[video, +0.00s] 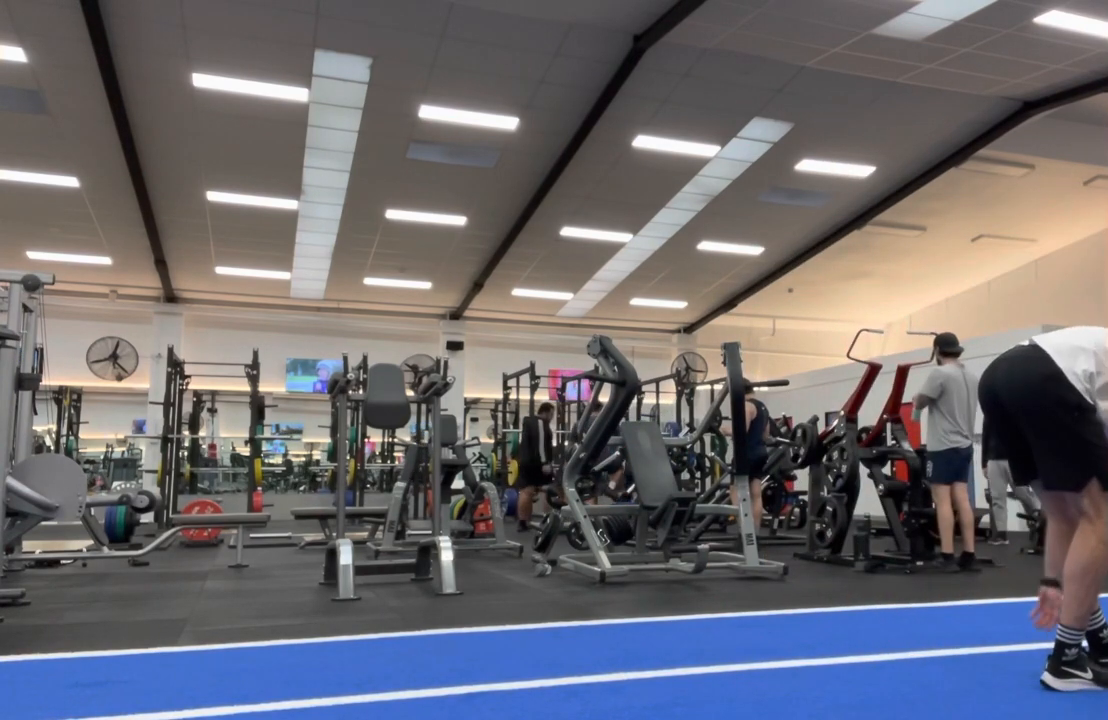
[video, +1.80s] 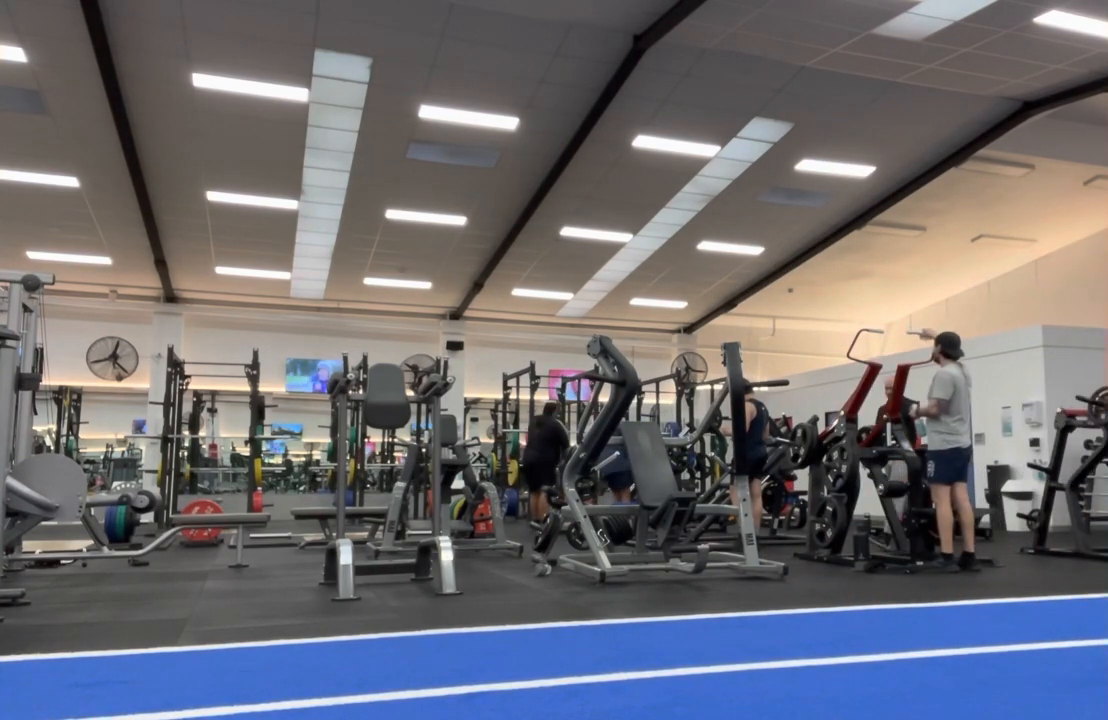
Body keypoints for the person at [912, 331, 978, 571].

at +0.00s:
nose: (934, 355)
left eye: (934, 351)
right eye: (936, 351)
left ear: (937, 352)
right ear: (958, 352)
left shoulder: (939, 374)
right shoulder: (971, 377)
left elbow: (920, 401)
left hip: (941, 447)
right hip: (964, 445)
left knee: (942, 501)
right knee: (962, 499)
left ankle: (947, 554)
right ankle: (969, 552)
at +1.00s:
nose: (933, 352)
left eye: (934, 348)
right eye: (936, 348)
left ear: (936, 350)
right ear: (957, 350)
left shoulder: (939, 374)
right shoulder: (965, 375)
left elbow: (928, 405)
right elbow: (958, 404)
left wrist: (920, 405)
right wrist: (927, 405)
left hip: (940, 447)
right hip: (962, 446)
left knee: (941, 502)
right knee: (962, 500)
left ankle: (947, 554)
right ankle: (969, 553)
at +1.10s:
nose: (932, 352)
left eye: (933, 348)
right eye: (934, 348)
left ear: (936, 351)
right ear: (956, 350)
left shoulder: (939, 374)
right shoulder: (963, 373)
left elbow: (932, 407)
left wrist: (918, 409)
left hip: (941, 447)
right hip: (962, 446)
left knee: (941, 501)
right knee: (962, 498)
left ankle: (947, 554)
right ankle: (969, 552)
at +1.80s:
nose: (933, 350)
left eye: (934, 347)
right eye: (934, 346)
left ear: (940, 351)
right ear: (955, 351)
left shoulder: (944, 375)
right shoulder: (962, 372)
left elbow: (936, 409)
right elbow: (953, 355)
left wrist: (917, 410)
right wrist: (938, 338)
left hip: (943, 447)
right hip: (961, 445)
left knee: (941, 501)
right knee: (962, 499)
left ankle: (947, 555)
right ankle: (969, 553)